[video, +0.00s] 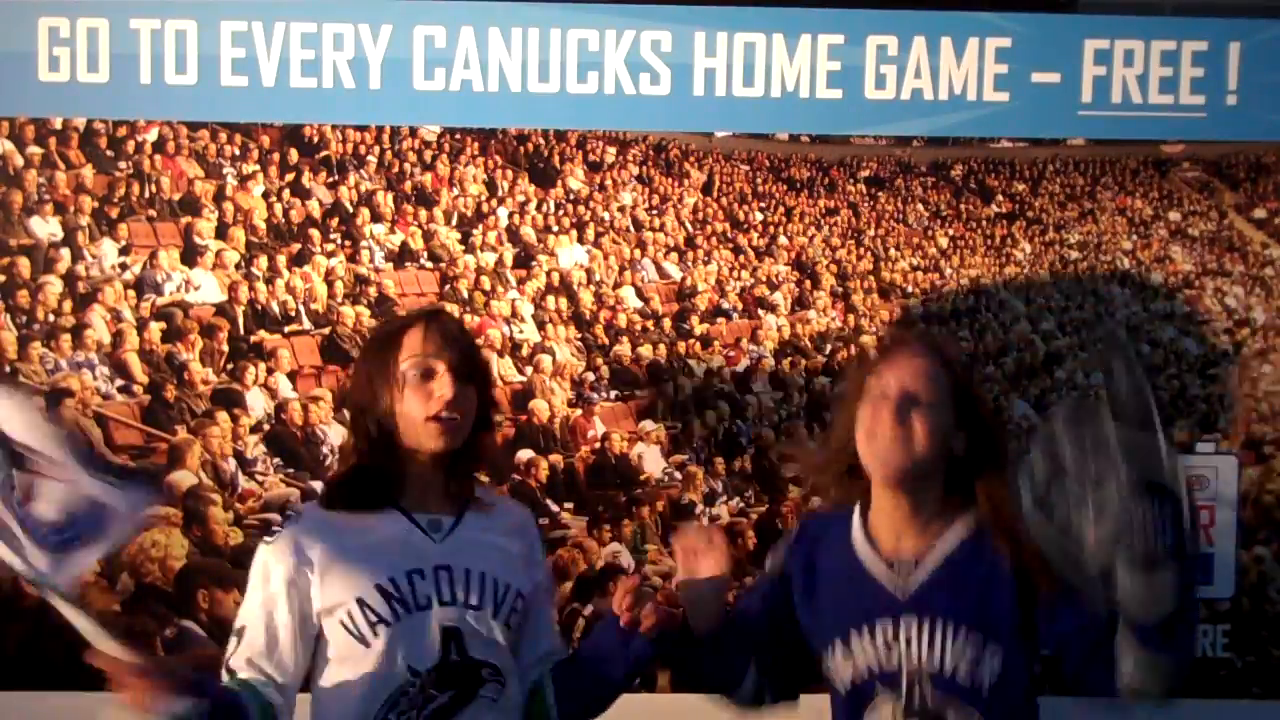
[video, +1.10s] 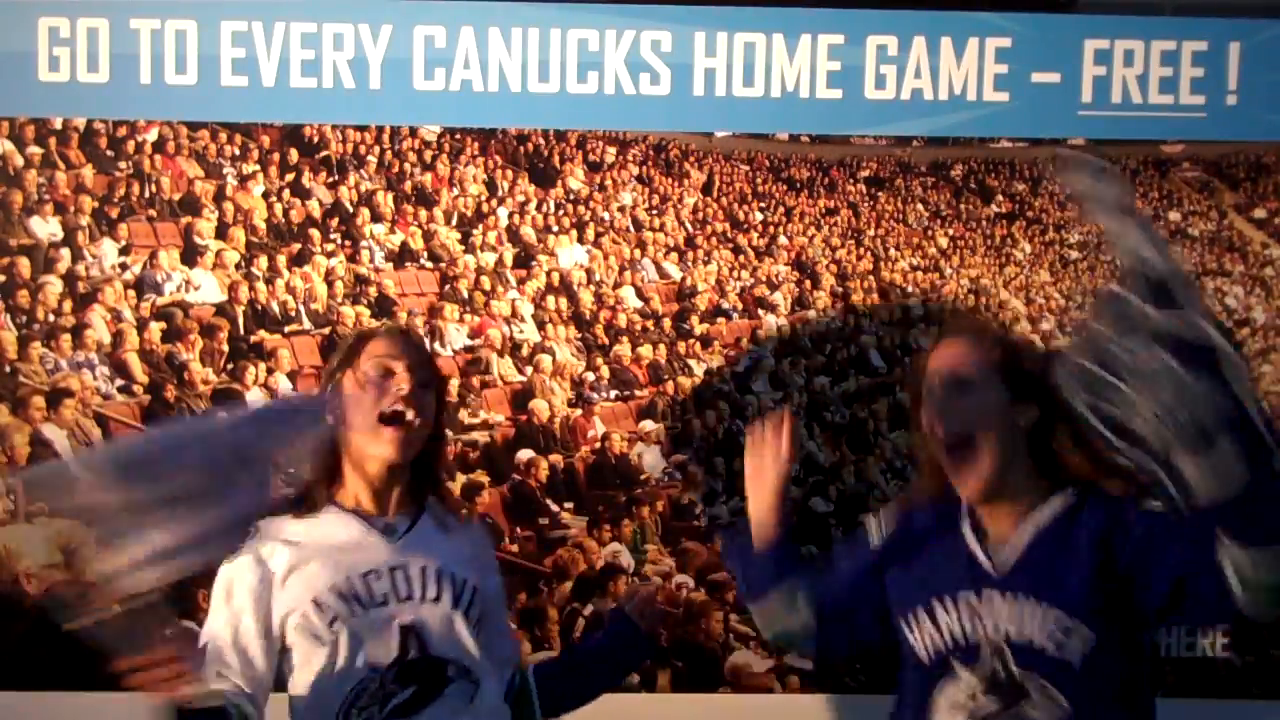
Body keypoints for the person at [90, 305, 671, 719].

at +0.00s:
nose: (450, 393)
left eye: (463, 375)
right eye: (423, 377)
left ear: (478, 394)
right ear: (377, 399)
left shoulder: (514, 528)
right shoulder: (302, 546)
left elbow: (542, 698)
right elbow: (262, 699)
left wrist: (610, 647)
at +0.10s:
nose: (455, 397)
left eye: (468, 384)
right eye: (431, 378)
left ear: (483, 413)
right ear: (386, 400)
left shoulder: (497, 551)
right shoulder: (303, 546)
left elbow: (529, 704)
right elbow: (236, 706)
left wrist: (604, 657)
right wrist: (247, 700)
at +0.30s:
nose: (422, 368)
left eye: (432, 357)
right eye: (394, 357)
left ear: (449, 385)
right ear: (353, 391)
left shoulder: (502, 508)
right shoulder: (303, 537)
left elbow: (530, 686)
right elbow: (254, 710)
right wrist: (268, 677)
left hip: (491, 704)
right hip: (363, 706)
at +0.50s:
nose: (403, 365)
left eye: (422, 359)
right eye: (379, 368)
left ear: (462, 407)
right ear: (359, 424)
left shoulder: (518, 540)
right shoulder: (313, 553)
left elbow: (565, 702)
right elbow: (261, 714)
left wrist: (656, 593)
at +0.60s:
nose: (429, 357)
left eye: (454, 355)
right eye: (409, 353)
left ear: (483, 411)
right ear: (378, 409)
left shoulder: (517, 536)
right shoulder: (314, 532)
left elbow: (561, 694)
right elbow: (278, 696)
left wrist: (662, 604)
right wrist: (163, 676)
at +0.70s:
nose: (444, 374)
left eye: (468, 377)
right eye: (422, 370)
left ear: (487, 432)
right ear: (388, 418)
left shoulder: (507, 562)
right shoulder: (305, 546)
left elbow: (536, 712)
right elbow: (274, 704)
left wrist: (648, 645)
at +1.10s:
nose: (405, 391)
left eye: (421, 382)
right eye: (380, 373)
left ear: (435, 417)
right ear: (333, 401)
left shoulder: (469, 544)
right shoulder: (267, 558)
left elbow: (508, 699)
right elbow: (229, 708)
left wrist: (625, 637)